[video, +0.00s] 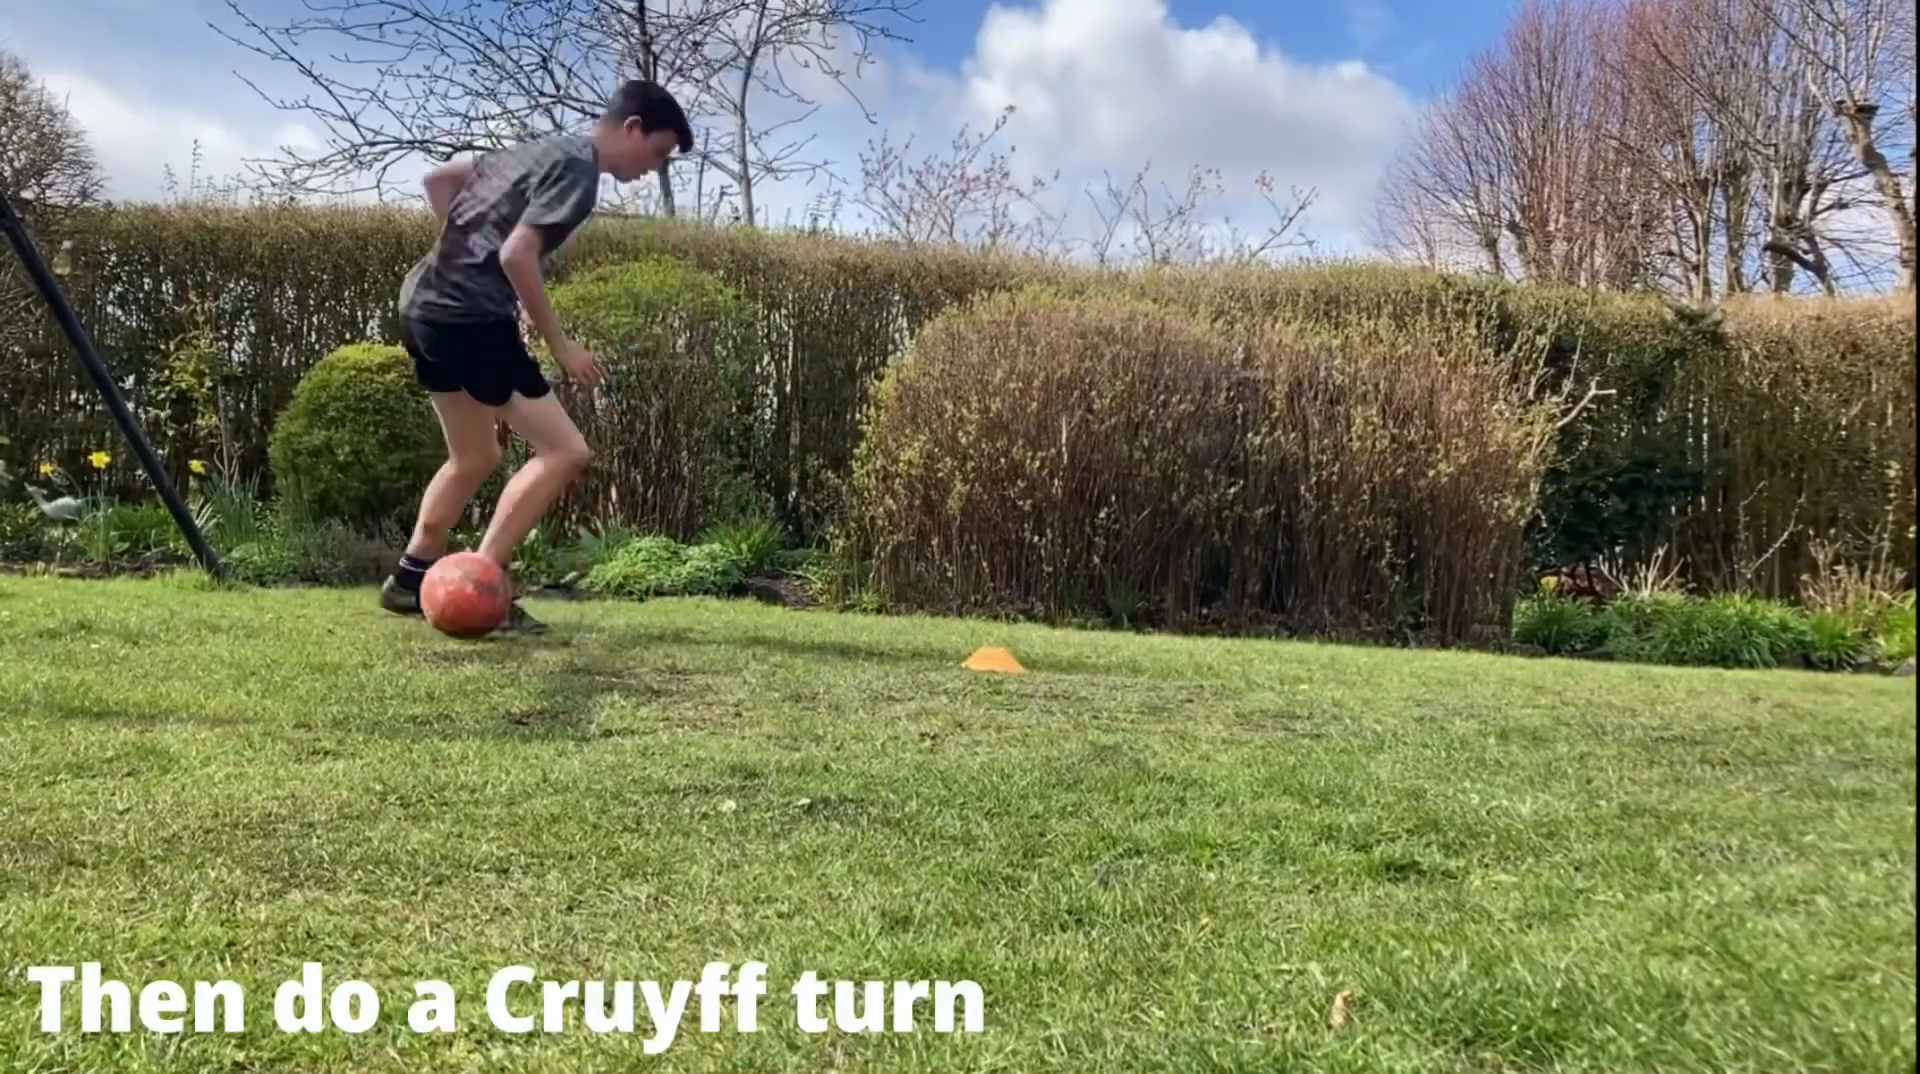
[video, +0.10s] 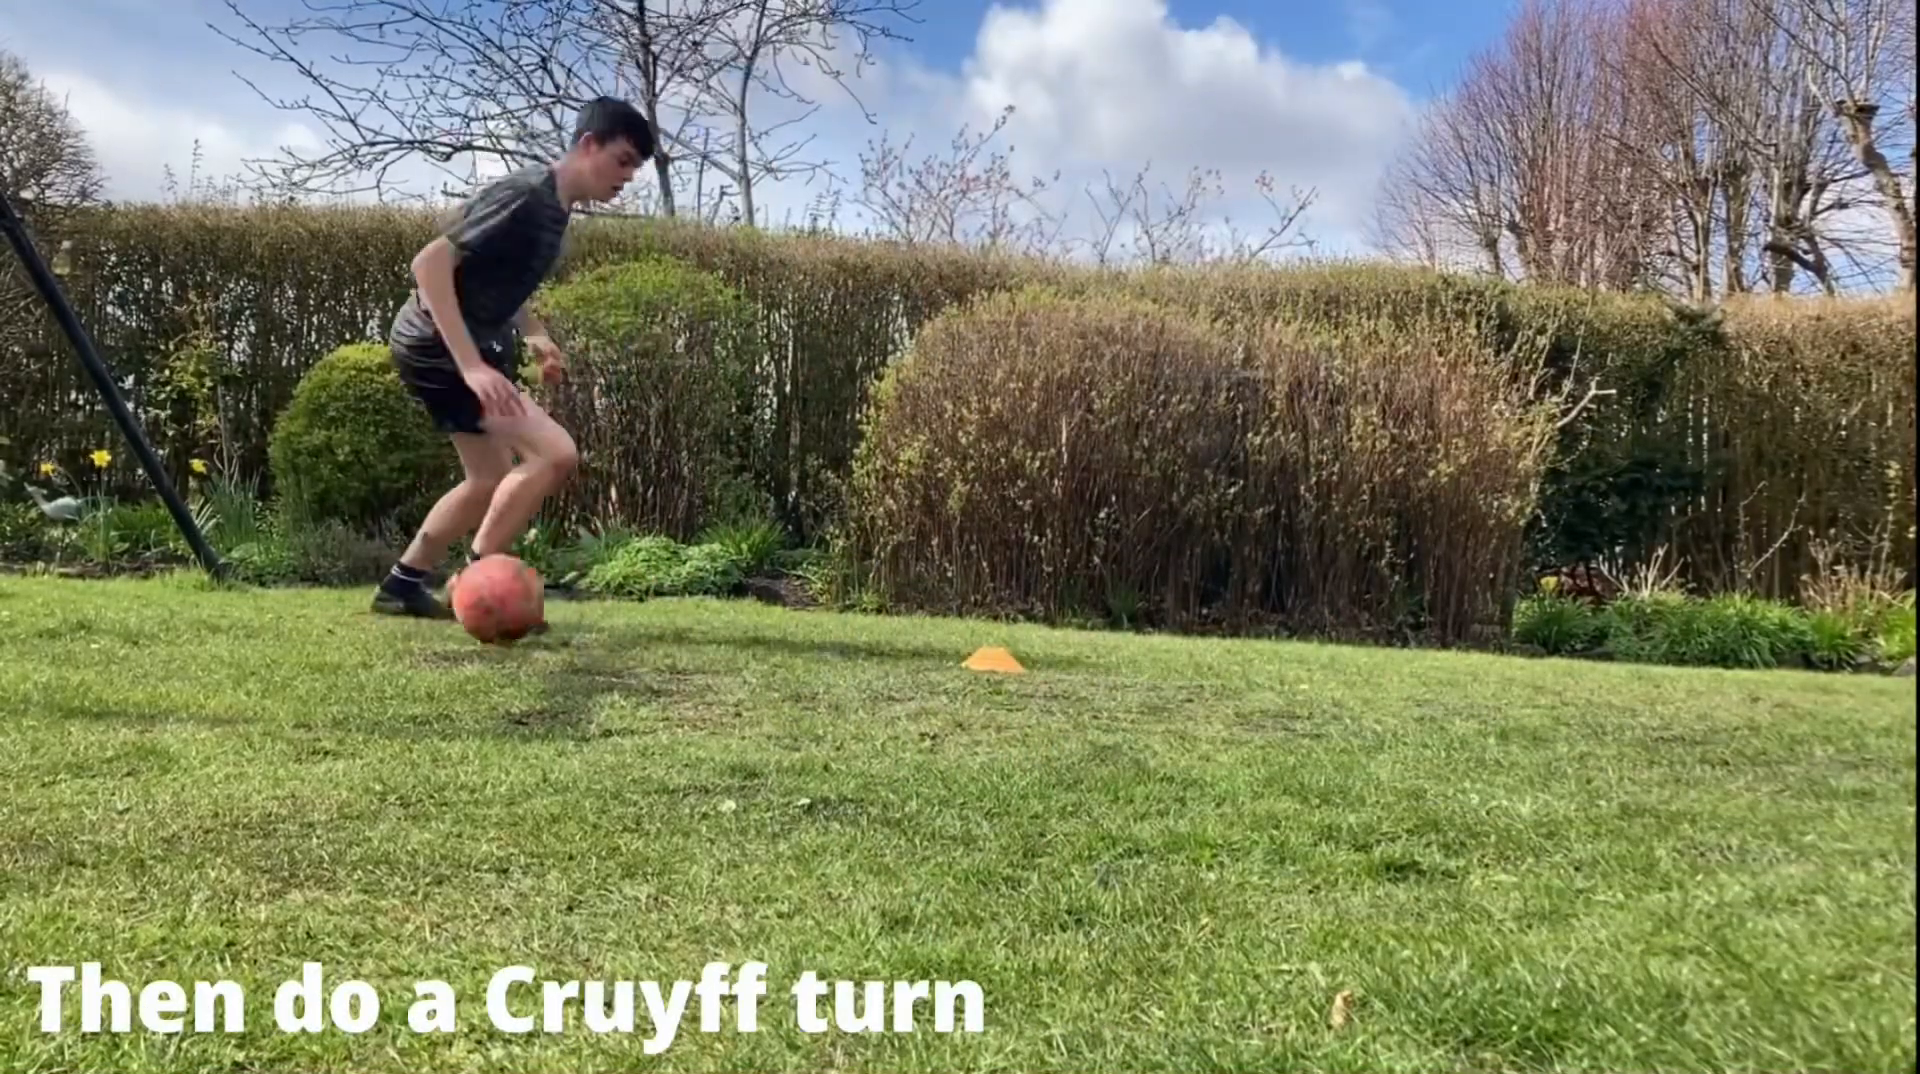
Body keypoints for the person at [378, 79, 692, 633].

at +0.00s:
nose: (653, 171)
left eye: (663, 162)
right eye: (659, 155)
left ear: (625, 127)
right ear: (632, 128)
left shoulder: (535, 150)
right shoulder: (576, 170)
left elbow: (439, 180)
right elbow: (516, 254)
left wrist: (472, 256)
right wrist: (561, 344)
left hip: (428, 310)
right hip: (471, 318)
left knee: (472, 457)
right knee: (564, 452)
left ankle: (411, 578)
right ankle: (480, 585)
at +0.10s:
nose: (628, 179)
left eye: (634, 169)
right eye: (624, 163)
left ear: (591, 151)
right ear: (588, 145)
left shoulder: (552, 211)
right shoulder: (525, 194)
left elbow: (500, 282)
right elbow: (430, 265)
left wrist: (536, 337)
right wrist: (472, 363)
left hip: (467, 346)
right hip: (437, 349)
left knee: (488, 483)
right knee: (555, 454)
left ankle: (404, 582)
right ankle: (478, 580)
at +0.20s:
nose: (613, 138)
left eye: (622, 129)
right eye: (607, 121)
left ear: (624, 131)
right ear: (569, 106)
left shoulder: (573, 189)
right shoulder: (503, 164)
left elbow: (544, 274)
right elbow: (404, 224)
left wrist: (596, 319)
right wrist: (416, 323)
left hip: (491, 342)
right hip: (455, 337)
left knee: (473, 481)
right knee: (534, 445)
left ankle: (405, 581)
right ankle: (470, 560)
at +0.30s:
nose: (600, 88)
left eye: (609, 78)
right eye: (590, 70)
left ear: (611, 83)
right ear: (553, 63)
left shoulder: (581, 151)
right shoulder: (490, 129)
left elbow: (550, 244)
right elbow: (405, 206)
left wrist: (612, 263)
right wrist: (430, 301)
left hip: (517, 326)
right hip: (457, 318)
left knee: (516, 481)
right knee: (494, 472)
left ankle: (437, 548)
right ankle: (433, 568)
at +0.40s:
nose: (582, 75)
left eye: (591, 65)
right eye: (571, 59)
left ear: (594, 70)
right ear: (534, 55)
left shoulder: (585, 144)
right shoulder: (484, 130)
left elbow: (579, 225)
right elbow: (426, 234)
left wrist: (635, 232)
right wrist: (500, 280)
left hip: (535, 325)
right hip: (458, 321)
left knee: (564, 464)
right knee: (471, 482)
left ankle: (499, 535)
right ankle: (427, 577)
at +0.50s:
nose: (589, 53)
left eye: (599, 43)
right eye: (577, 37)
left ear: (604, 50)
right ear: (541, 34)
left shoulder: (603, 119)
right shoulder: (500, 105)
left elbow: (626, 195)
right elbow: (467, 183)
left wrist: (665, 184)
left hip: (555, 306)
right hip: (475, 308)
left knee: (597, 393)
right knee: (463, 479)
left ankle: (581, 568)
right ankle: (425, 575)